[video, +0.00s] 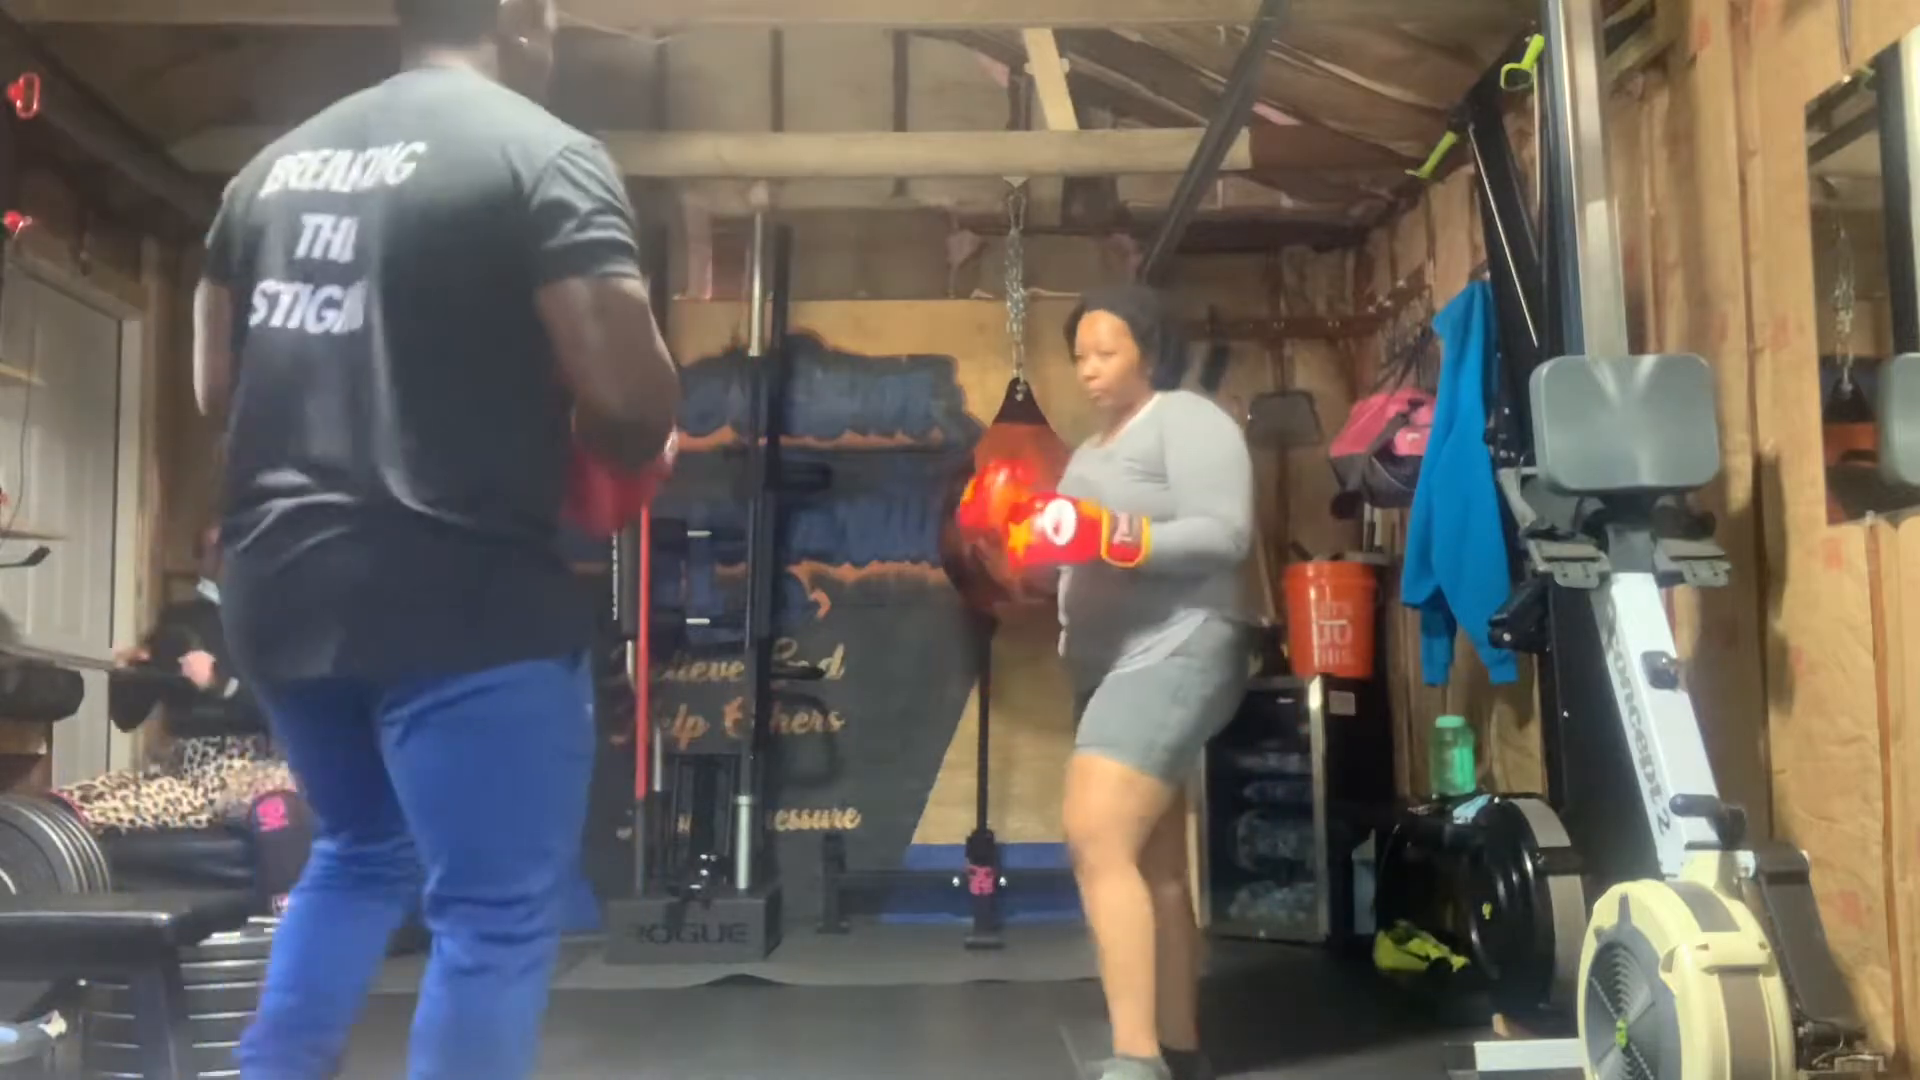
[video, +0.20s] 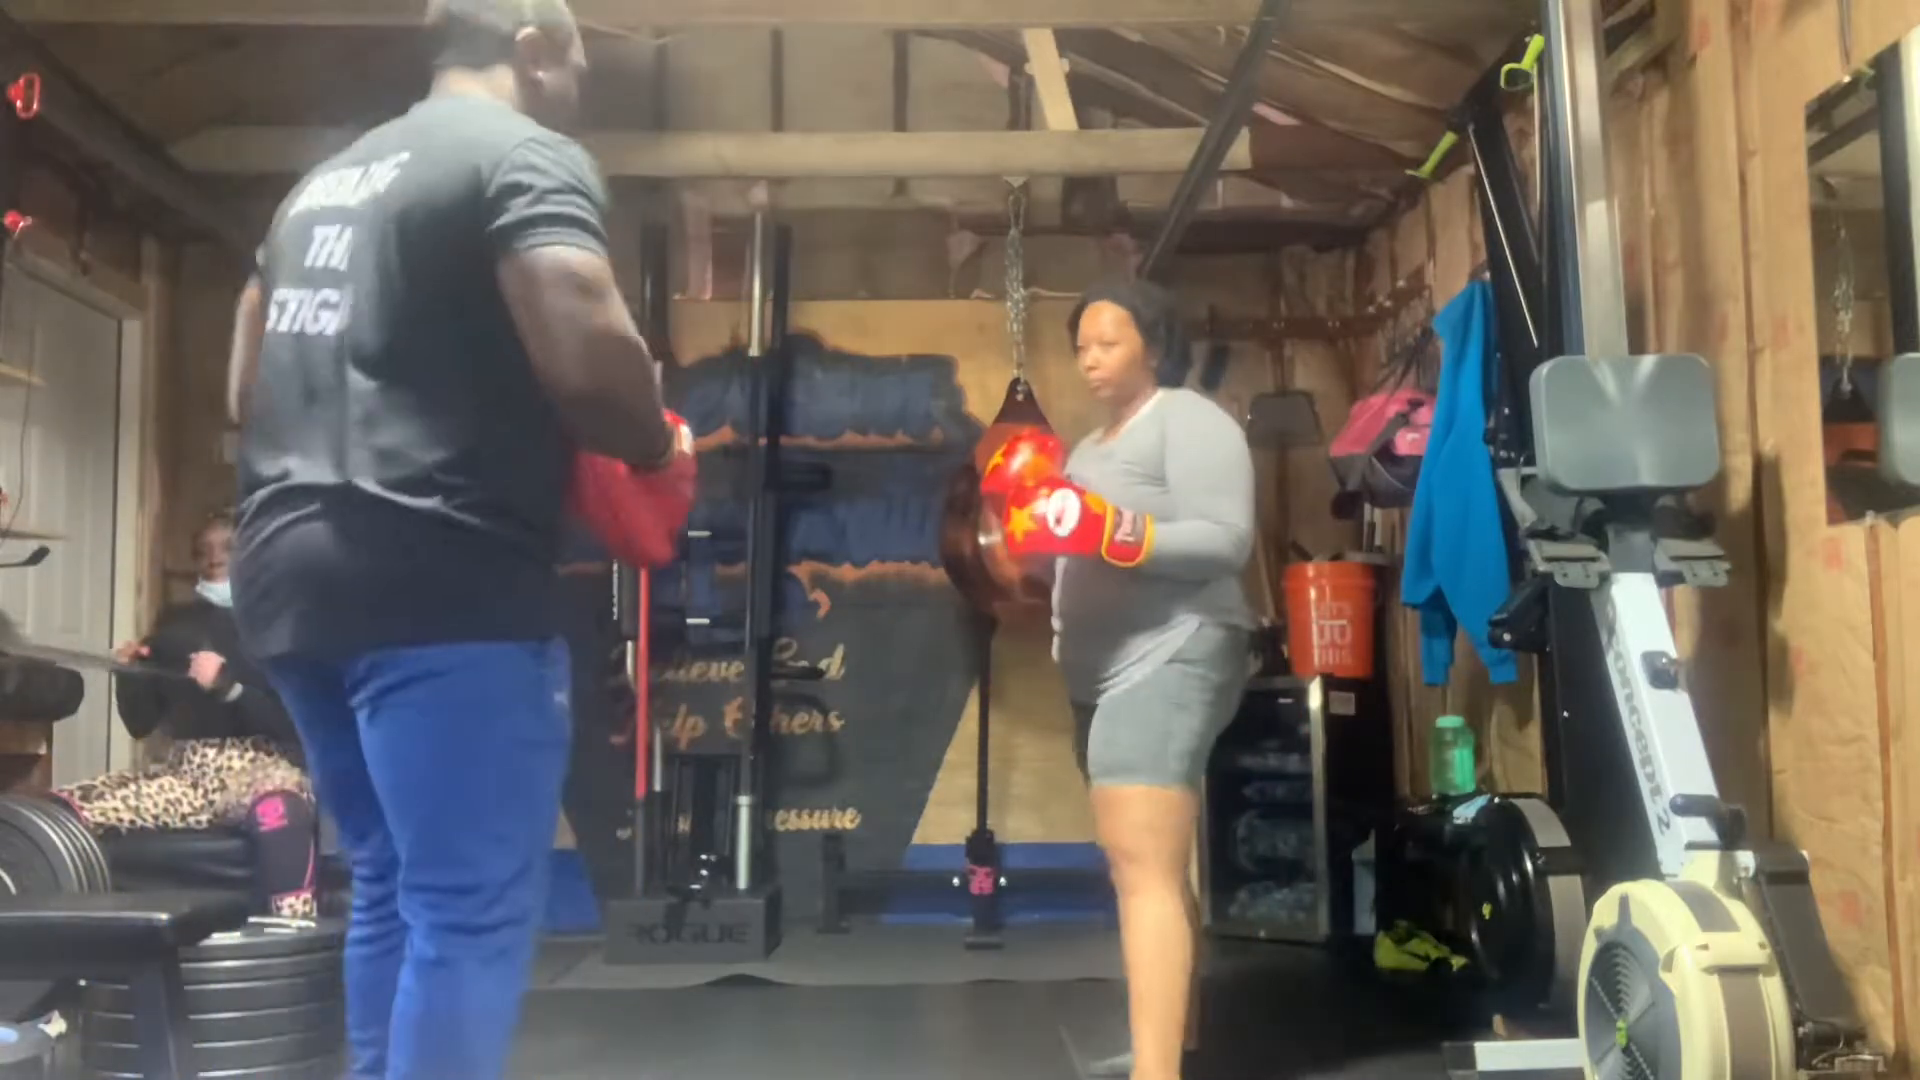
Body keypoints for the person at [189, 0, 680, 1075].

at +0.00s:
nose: (556, 34)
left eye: (553, 19)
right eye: (551, 19)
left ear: (406, 29)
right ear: (519, 23)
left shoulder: (266, 171)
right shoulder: (544, 151)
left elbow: (215, 389)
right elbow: (629, 395)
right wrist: (634, 447)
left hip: (280, 585)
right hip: (463, 586)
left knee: (359, 854)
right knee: (493, 924)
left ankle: (270, 1071)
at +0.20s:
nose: (578, 92)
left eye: (580, 71)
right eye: (575, 67)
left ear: (447, 51)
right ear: (532, 47)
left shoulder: (319, 180)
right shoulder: (523, 150)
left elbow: (248, 397)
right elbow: (587, 357)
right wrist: (656, 447)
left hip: (285, 566)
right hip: (436, 557)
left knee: (386, 890)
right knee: (471, 922)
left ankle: (379, 1074)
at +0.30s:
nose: (574, 131)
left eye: (579, 109)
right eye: (574, 105)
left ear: (452, 82)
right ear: (531, 77)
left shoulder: (348, 197)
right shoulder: (498, 153)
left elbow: (380, 393)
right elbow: (547, 338)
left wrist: (542, 462)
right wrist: (646, 453)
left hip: (282, 557)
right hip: (415, 550)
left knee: (393, 886)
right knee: (476, 919)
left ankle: (380, 1072)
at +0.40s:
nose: (582, 143)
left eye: (586, 121)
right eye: (581, 116)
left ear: (463, 92)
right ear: (531, 88)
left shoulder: (396, 178)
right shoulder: (493, 148)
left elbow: (414, 388)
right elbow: (507, 320)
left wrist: (562, 439)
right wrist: (630, 436)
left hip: (287, 545)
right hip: (400, 548)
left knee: (387, 892)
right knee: (452, 909)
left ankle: (383, 1073)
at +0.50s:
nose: (580, 160)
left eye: (586, 136)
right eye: (579, 128)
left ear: (471, 97)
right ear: (527, 94)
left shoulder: (402, 175)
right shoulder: (476, 149)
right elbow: (492, 319)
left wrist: (575, 406)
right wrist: (620, 428)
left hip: (308, 558)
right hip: (388, 562)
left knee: (405, 899)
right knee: (426, 906)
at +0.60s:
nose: (576, 149)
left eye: (579, 126)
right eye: (573, 119)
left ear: (481, 90)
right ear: (520, 90)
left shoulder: (430, 160)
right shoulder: (463, 149)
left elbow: (460, 367)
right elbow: (486, 322)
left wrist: (584, 352)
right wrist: (622, 423)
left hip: (365, 572)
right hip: (377, 573)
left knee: (406, 897)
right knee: (411, 903)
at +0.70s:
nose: (568, 135)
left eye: (571, 111)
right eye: (565, 105)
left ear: (491, 76)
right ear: (514, 72)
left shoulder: (479, 178)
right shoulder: (441, 142)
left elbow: (510, 353)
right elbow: (481, 332)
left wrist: (594, 336)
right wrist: (622, 411)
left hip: (423, 593)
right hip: (367, 588)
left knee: (449, 898)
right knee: (384, 904)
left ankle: (403, 1071)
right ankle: (294, 1076)